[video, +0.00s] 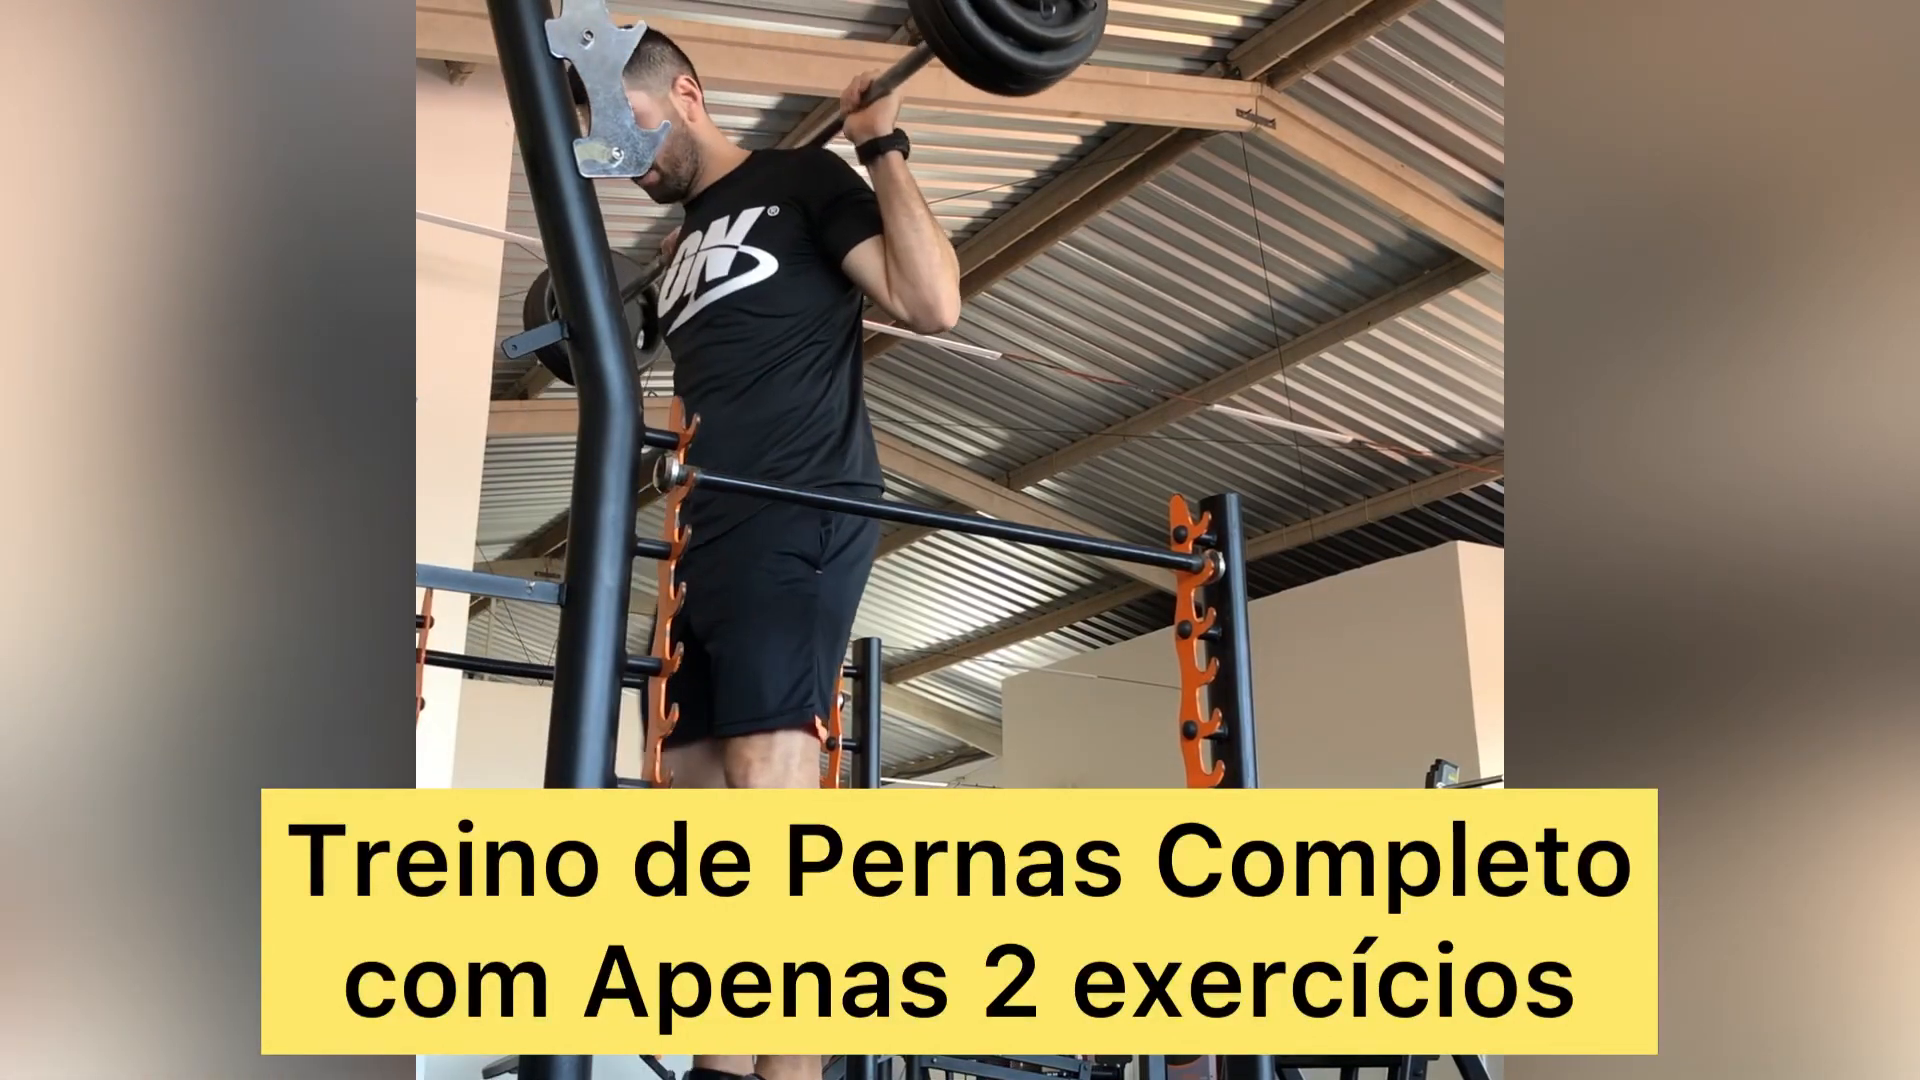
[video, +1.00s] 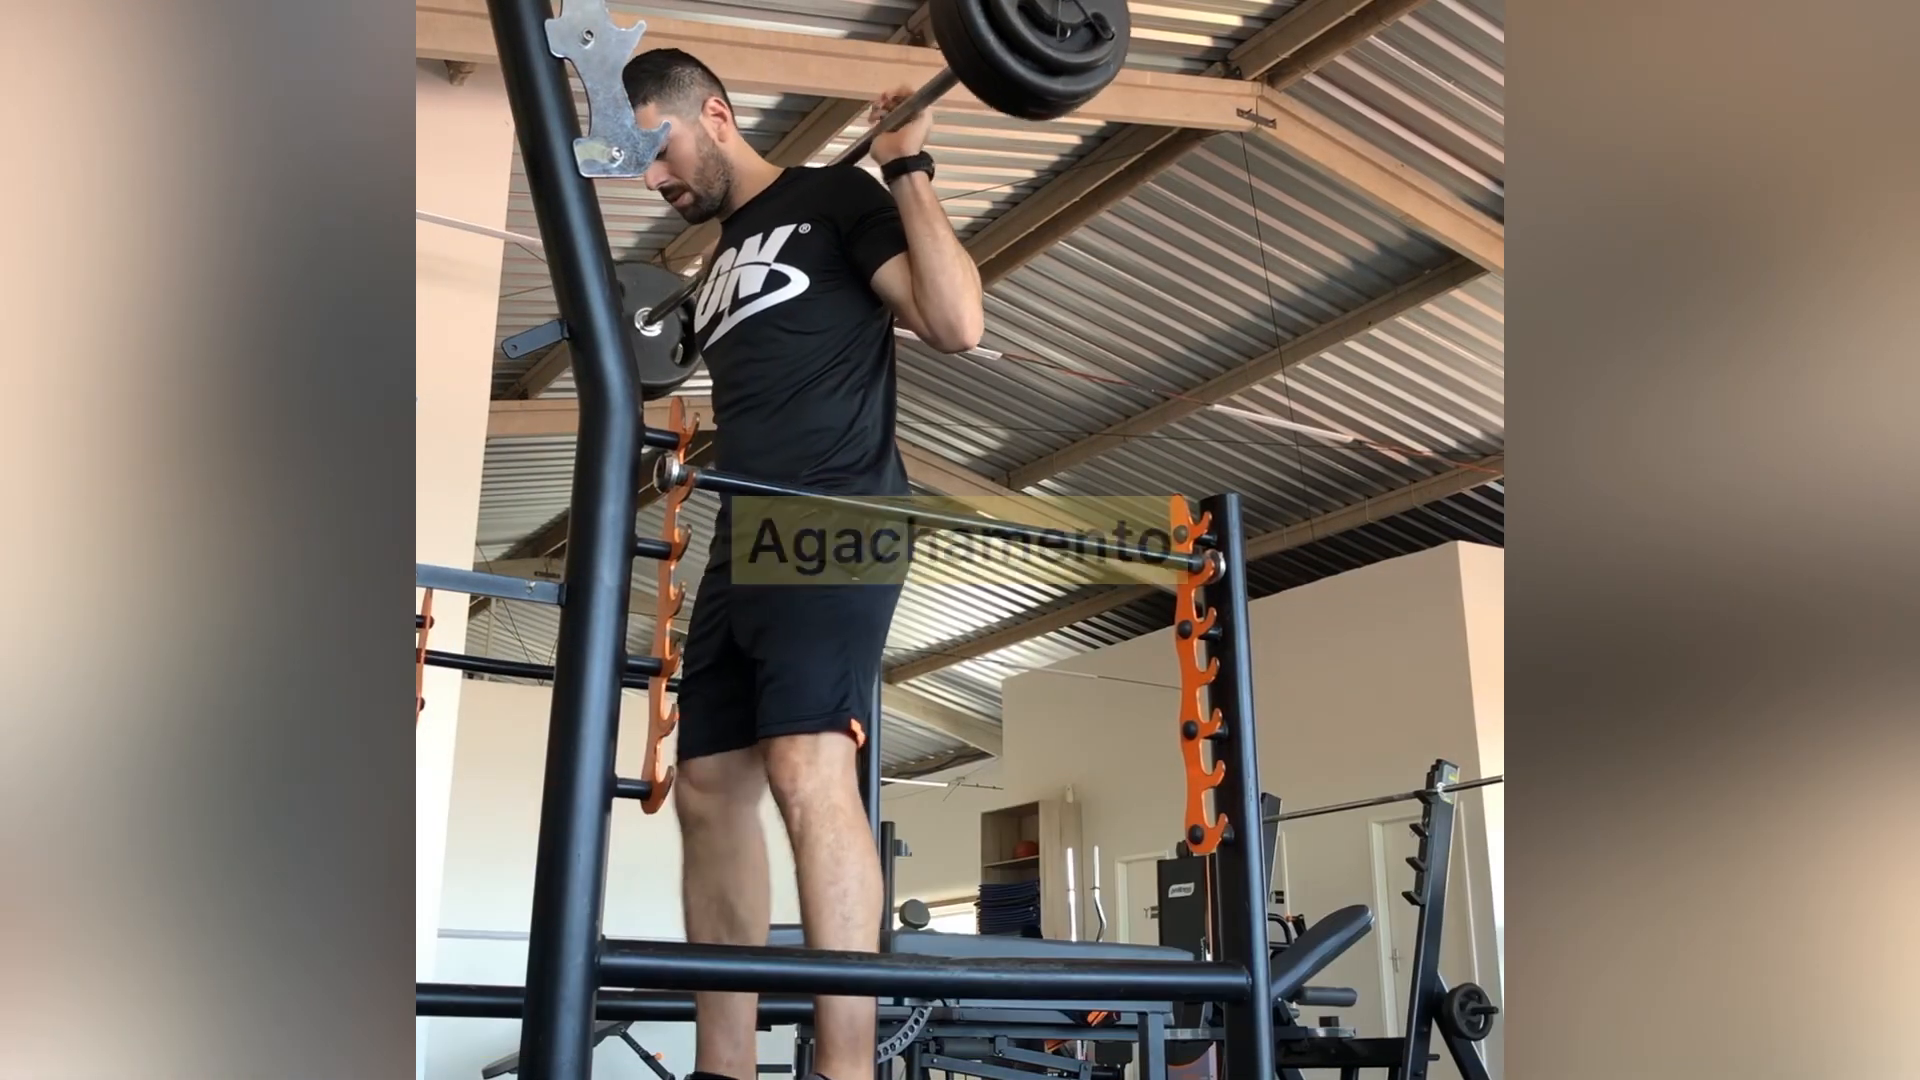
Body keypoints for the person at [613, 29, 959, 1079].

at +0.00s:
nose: (635, 155)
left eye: (643, 128)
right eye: (622, 139)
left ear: (692, 95)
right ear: (630, 136)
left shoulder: (800, 173)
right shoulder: (676, 254)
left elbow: (933, 304)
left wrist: (887, 151)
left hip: (801, 502)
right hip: (713, 514)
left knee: (769, 770)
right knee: (687, 772)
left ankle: (795, 1052)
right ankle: (725, 1051)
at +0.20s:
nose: (632, 180)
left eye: (637, 150)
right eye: (618, 165)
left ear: (687, 114)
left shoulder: (803, 195)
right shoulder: (683, 263)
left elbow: (929, 320)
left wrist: (883, 170)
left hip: (804, 516)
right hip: (723, 531)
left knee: (782, 801)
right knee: (701, 806)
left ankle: (797, 1063)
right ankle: (725, 1063)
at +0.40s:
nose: (629, 185)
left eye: (638, 156)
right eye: (617, 168)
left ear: (691, 129)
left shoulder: (802, 208)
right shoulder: (680, 278)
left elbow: (930, 334)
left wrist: (882, 187)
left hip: (814, 518)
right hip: (729, 536)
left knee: (758, 750)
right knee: (702, 779)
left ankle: (806, 1046)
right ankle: (725, 1051)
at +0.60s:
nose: (635, 188)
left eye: (641, 159)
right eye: (621, 172)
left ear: (695, 130)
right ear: (628, 174)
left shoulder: (808, 211)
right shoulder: (693, 275)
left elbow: (933, 338)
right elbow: (724, 412)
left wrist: (885, 193)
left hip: (811, 525)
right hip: (730, 539)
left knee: (771, 754)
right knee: (706, 784)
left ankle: (836, 1048)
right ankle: (725, 1052)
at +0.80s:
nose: (642, 186)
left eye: (649, 156)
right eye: (628, 167)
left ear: (709, 124)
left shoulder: (821, 205)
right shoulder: (707, 268)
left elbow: (945, 330)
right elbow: (732, 409)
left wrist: (898, 185)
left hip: (823, 529)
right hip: (734, 543)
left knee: (801, 765)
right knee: (721, 793)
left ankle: (848, 1066)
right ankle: (727, 1068)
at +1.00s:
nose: (655, 179)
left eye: (658, 148)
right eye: (640, 161)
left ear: (718, 114)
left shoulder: (836, 195)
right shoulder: (718, 262)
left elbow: (956, 327)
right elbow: (748, 413)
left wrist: (910, 169)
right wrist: (687, 442)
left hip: (836, 518)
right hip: (745, 531)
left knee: (809, 762)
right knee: (707, 784)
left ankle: (848, 1065)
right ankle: (727, 1066)